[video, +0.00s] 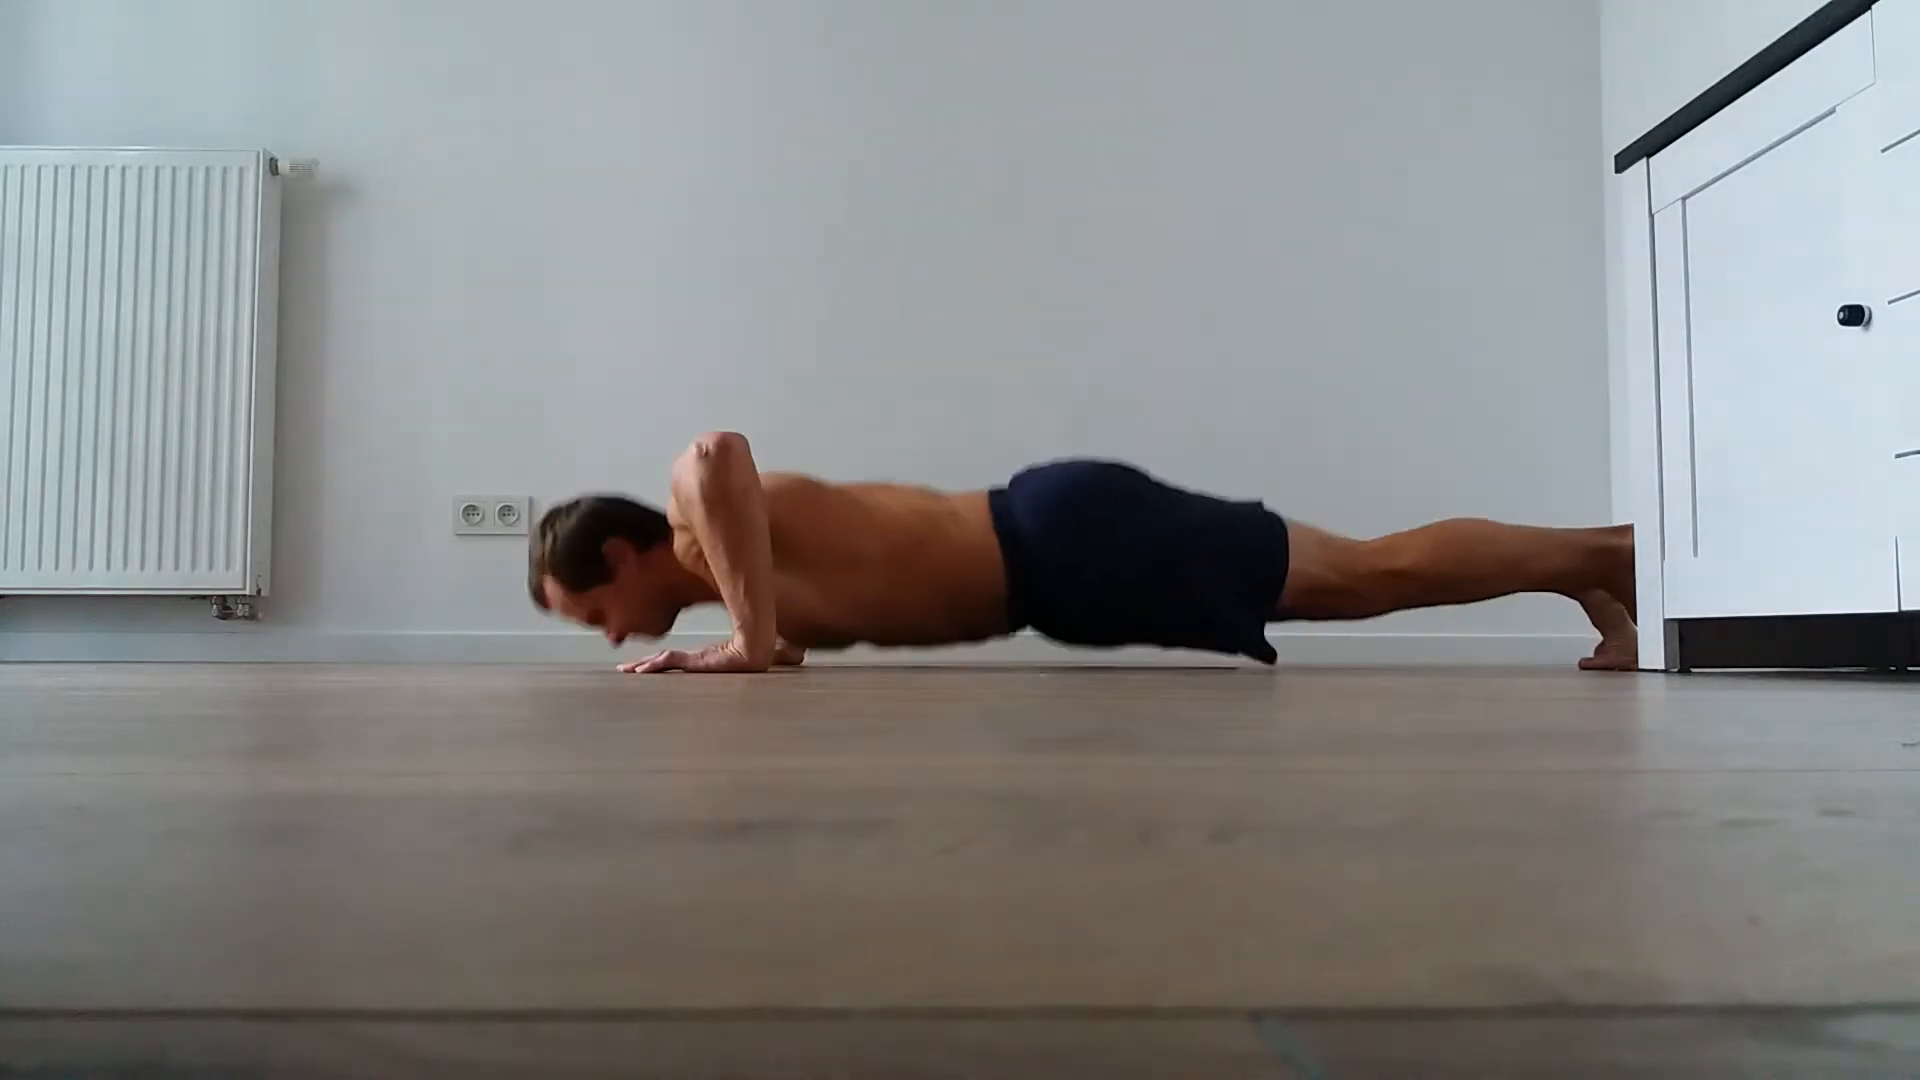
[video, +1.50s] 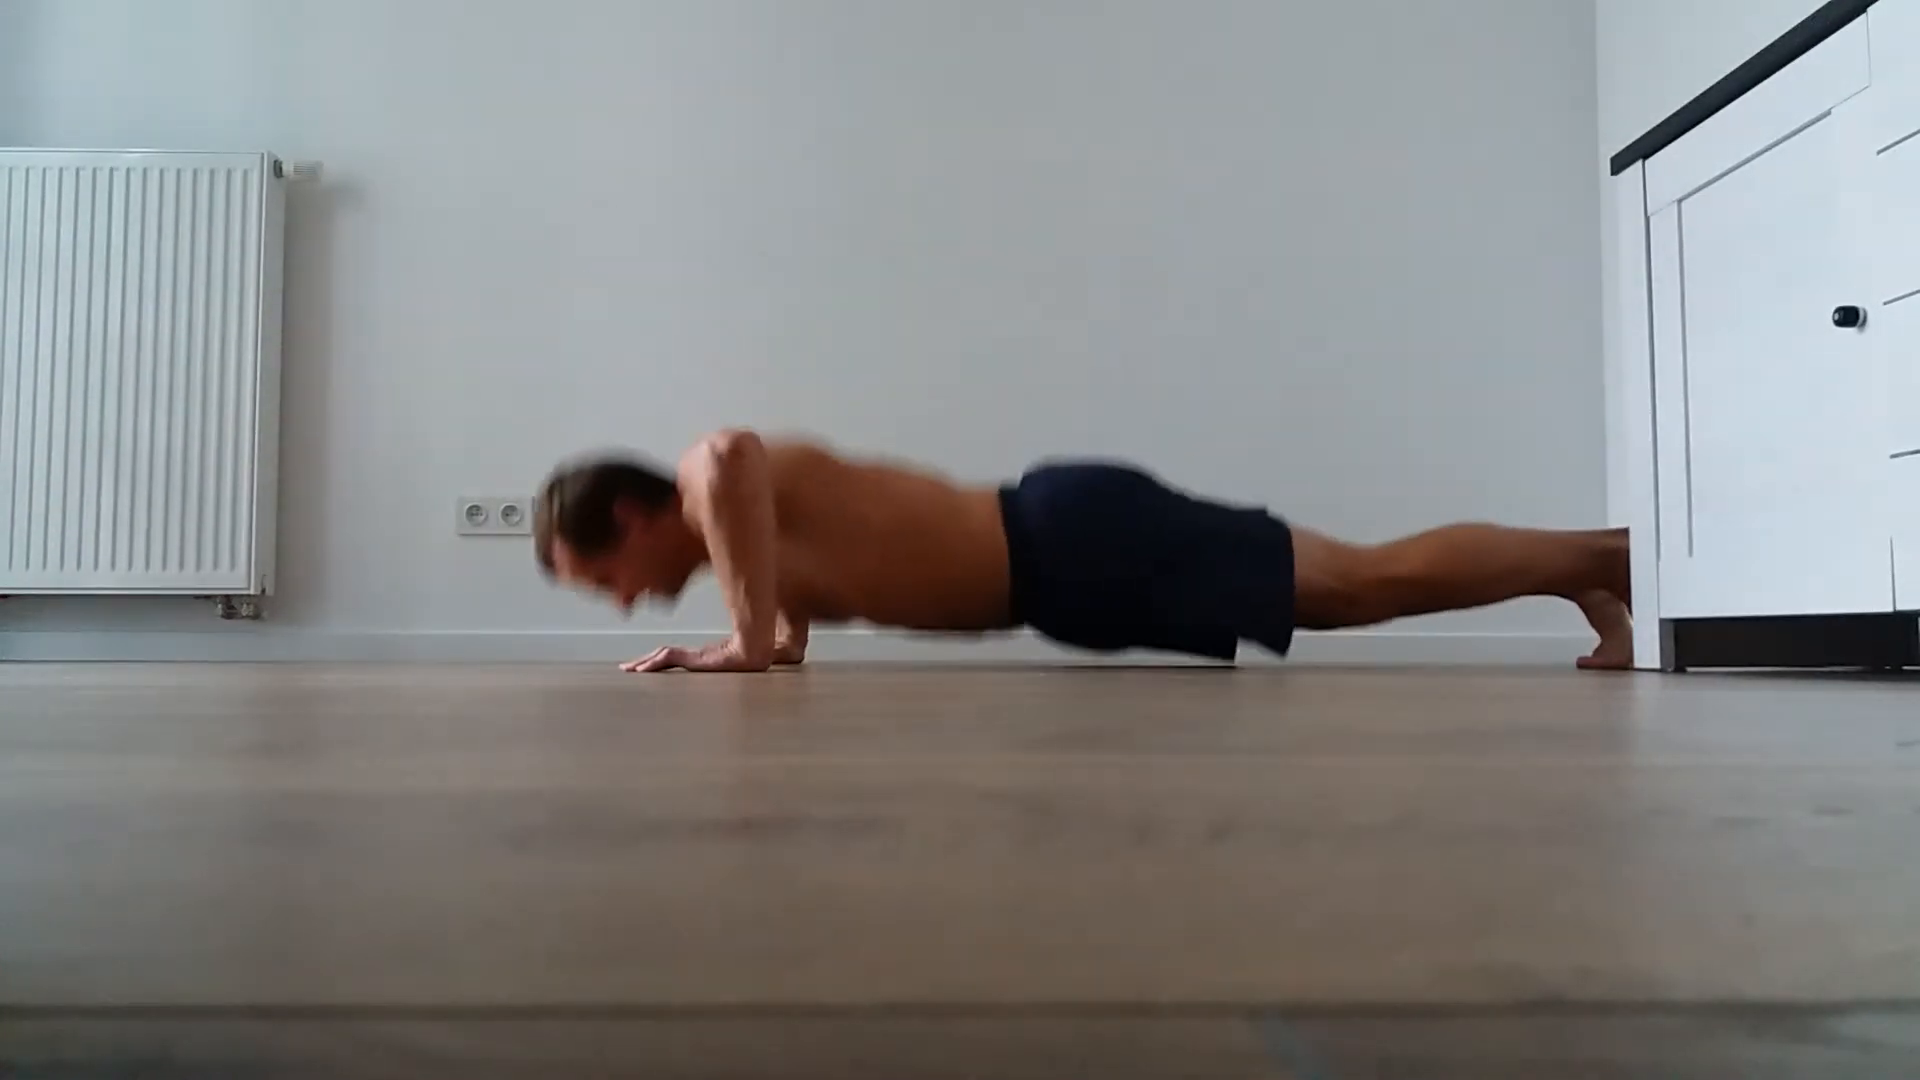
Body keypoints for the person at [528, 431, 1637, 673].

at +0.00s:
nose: (612, 636)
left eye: (600, 619)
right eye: (593, 626)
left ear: (626, 565)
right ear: (637, 560)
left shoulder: (711, 533)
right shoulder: (721, 542)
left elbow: (714, 459)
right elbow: (722, 470)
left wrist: (760, 641)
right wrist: (744, 641)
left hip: (1061, 545)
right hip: (1050, 547)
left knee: (1364, 575)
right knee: (1357, 570)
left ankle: (1596, 560)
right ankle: (1588, 560)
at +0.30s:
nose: (635, 374)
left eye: (621, 351)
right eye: (622, 362)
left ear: (649, 306)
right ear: (653, 317)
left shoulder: (756, 304)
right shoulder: (764, 337)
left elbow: (752, 470)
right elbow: (787, 497)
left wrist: (756, 634)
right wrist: (788, 642)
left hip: (1089, 401)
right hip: (1079, 411)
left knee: (1350, 502)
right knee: (1344, 501)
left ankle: (1589, 551)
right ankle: (1576, 556)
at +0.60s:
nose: (614, 523)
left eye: (599, 501)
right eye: (599, 509)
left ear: (623, 454)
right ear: (637, 452)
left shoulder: (718, 419)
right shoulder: (746, 439)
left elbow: (751, 465)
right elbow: (799, 535)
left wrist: (761, 636)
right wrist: (766, 646)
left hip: (1071, 505)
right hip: (1063, 503)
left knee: (1353, 560)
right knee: (1347, 553)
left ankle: (1596, 560)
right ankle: (1588, 555)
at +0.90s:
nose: (625, 584)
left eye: (610, 568)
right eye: (608, 576)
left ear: (631, 518)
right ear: (629, 531)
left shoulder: (723, 481)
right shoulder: (741, 504)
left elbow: (722, 466)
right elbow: (795, 623)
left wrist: (758, 630)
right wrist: (738, 649)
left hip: (1065, 521)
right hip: (1059, 534)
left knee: (1352, 564)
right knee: (1347, 562)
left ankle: (1597, 557)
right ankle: (1589, 560)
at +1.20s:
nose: (647, 356)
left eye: (632, 331)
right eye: (630, 344)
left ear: (661, 276)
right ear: (662, 291)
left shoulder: (769, 275)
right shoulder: (767, 314)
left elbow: (753, 463)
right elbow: (782, 488)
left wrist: (755, 637)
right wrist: (785, 640)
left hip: (1099, 392)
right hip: (1082, 414)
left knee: (1359, 503)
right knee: (1347, 514)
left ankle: (1602, 552)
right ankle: (1582, 570)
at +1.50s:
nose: (618, 600)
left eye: (603, 582)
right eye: (601, 589)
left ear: (626, 531)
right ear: (633, 533)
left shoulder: (717, 482)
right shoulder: (733, 509)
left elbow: (729, 465)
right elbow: (796, 596)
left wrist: (766, 637)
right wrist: (734, 647)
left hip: (1068, 547)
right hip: (1056, 549)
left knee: (1362, 584)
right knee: (1355, 576)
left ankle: (1594, 563)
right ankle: (1588, 564)